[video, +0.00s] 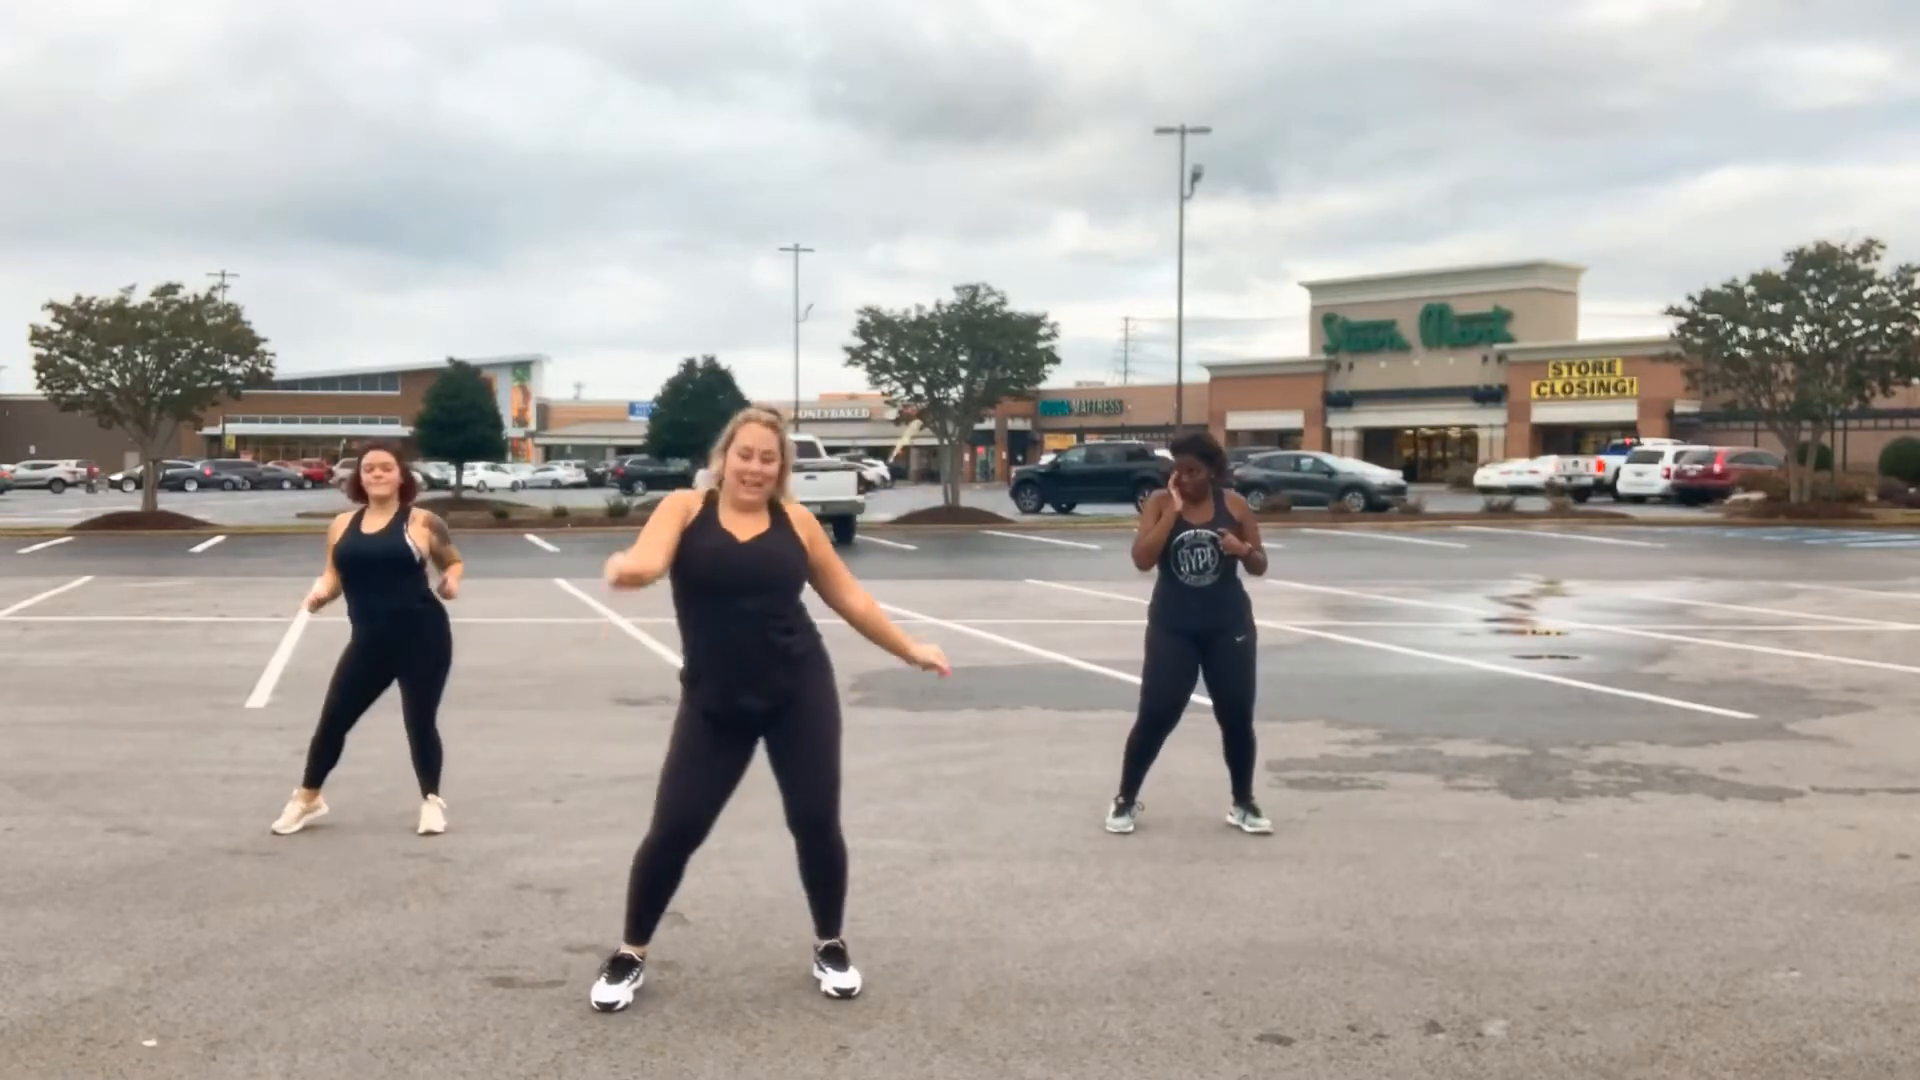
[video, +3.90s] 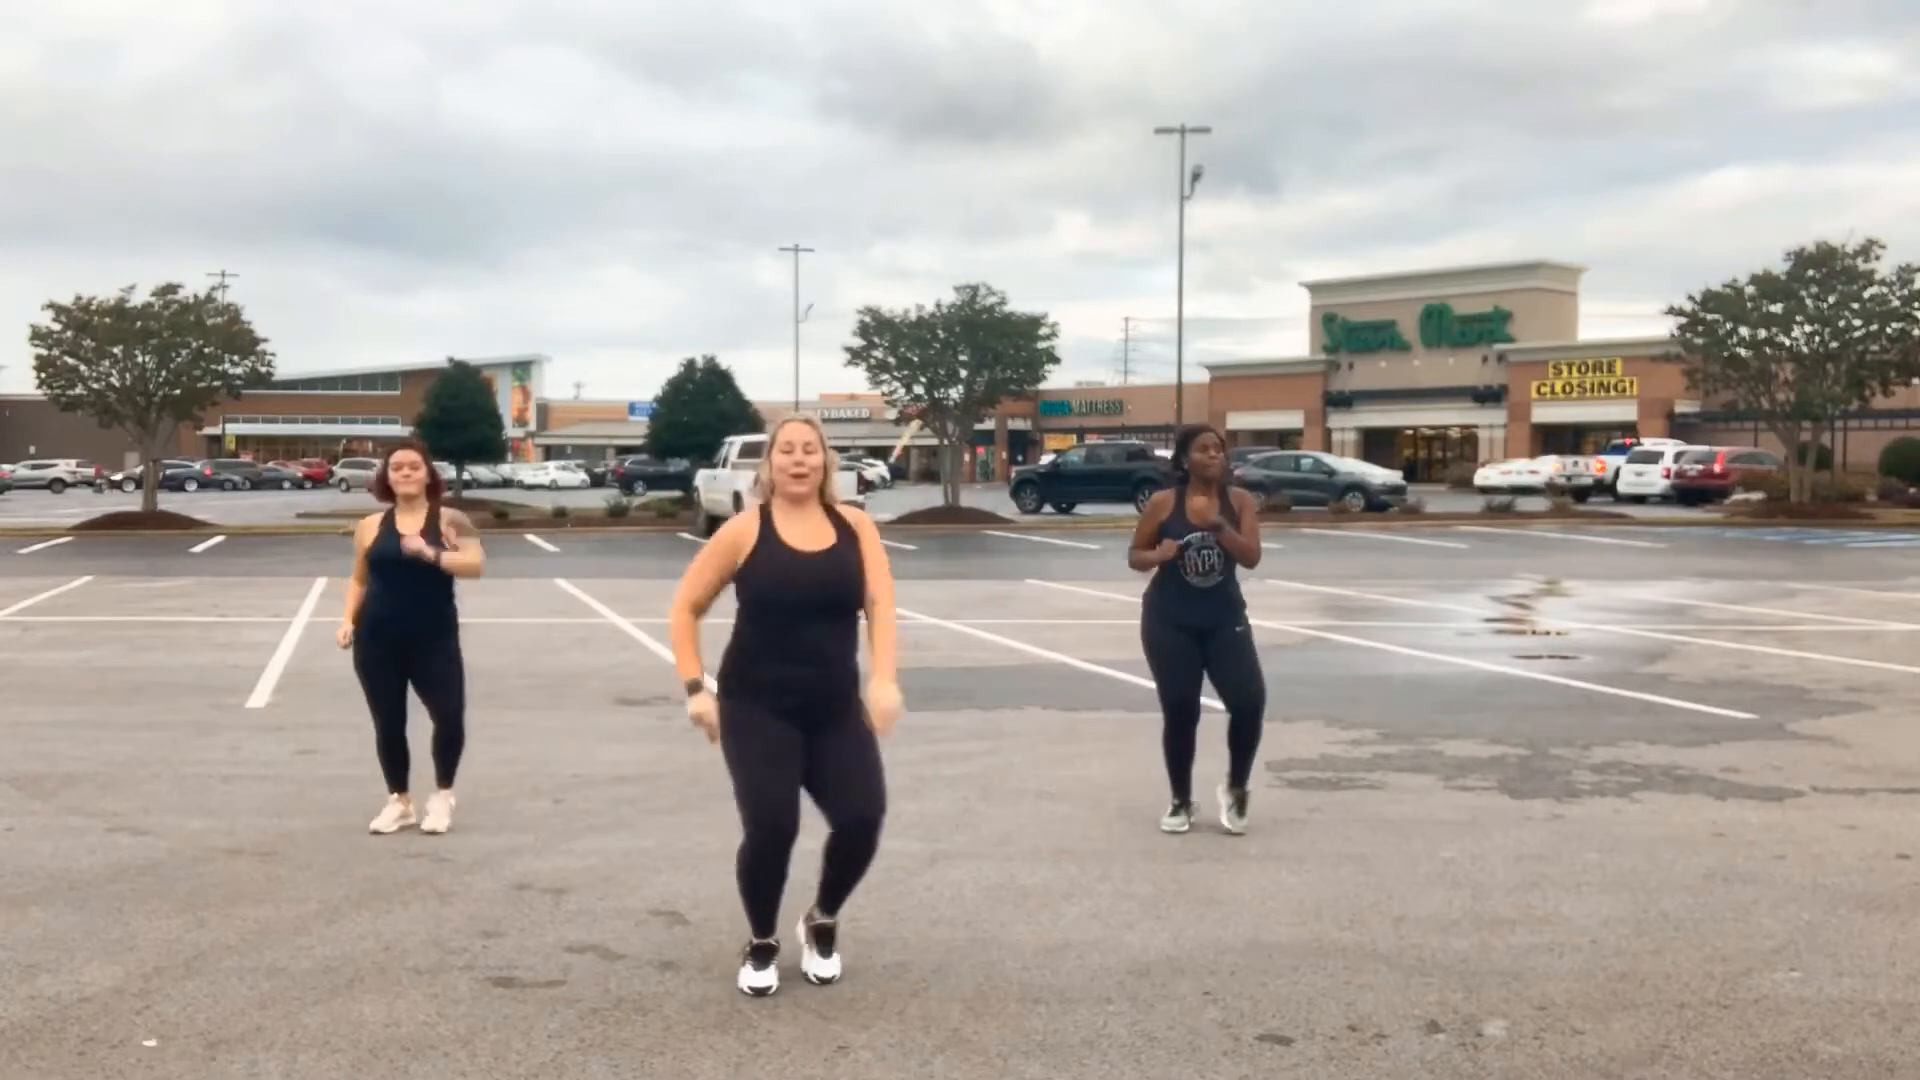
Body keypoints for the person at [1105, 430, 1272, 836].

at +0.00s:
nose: (1182, 478)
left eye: (1190, 472)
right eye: (1178, 471)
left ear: (1212, 470)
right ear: (1172, 470)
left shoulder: (1234, 505)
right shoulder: (1159, 503)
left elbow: (1260, 566)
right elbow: (1142, 559)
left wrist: (1243, 550)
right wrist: (1172, 512)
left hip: (1229, 628)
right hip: (1172, 629)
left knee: (1237, 720)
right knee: (1156, 716)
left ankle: (1243, 803)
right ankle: (1125, 800)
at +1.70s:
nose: (1220, 479)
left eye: (1227, 472)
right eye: (1213, 471)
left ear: (1235, 473)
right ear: (1192, 469)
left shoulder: (1245, 502)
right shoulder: (1168, 501)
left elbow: (1266, 548)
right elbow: (1142, 561)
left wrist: (1242, 500)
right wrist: (1175, 524)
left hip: (1239, 618)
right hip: (1183, 620)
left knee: (1266, 707)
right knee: (1178, 711)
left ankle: (1289, 794)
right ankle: (1171, 803)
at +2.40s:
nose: (1222, 466)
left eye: (1229, 459)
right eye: (1214, 458)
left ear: (1236, 464)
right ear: (1193, 459)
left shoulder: (1242, 501)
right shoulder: (1170, 502)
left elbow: (1255, 557)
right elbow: (1168, 562)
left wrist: (1266, 541)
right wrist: (1212, 532)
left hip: (1235, 619)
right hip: (1181, 622)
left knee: (1253, 705)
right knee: (1188, 710)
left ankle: (1250, 794)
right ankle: (1179, 803)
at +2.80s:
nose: (1223, 459)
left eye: (1227, 452)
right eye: (1213, 455)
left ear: (1237, 458)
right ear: (1196, 465)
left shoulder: (1248, 507)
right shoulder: (1179, 503)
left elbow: (1256, 571)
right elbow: (1150, 563)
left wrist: (1269, 567)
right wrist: (1203, 577)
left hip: (1220, 623)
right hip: (1167, 619)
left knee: (1222, 712)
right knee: (1173, 702)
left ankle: (1214, 804)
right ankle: (1140, 790)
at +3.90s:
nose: (1214, 456)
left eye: (1218, 450)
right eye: (1204, 451)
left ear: (1226, 457)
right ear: (1185, 459)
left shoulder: (1239, 500)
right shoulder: (1163, 503)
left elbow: (1251, 557)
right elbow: (1135, 558)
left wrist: (1218, 527)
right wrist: (1158, 555)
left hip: (1224, 621)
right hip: (1169, 623)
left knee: (1249, 702)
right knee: (1181, 710)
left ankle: (1237, 788)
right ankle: (1180, 802)